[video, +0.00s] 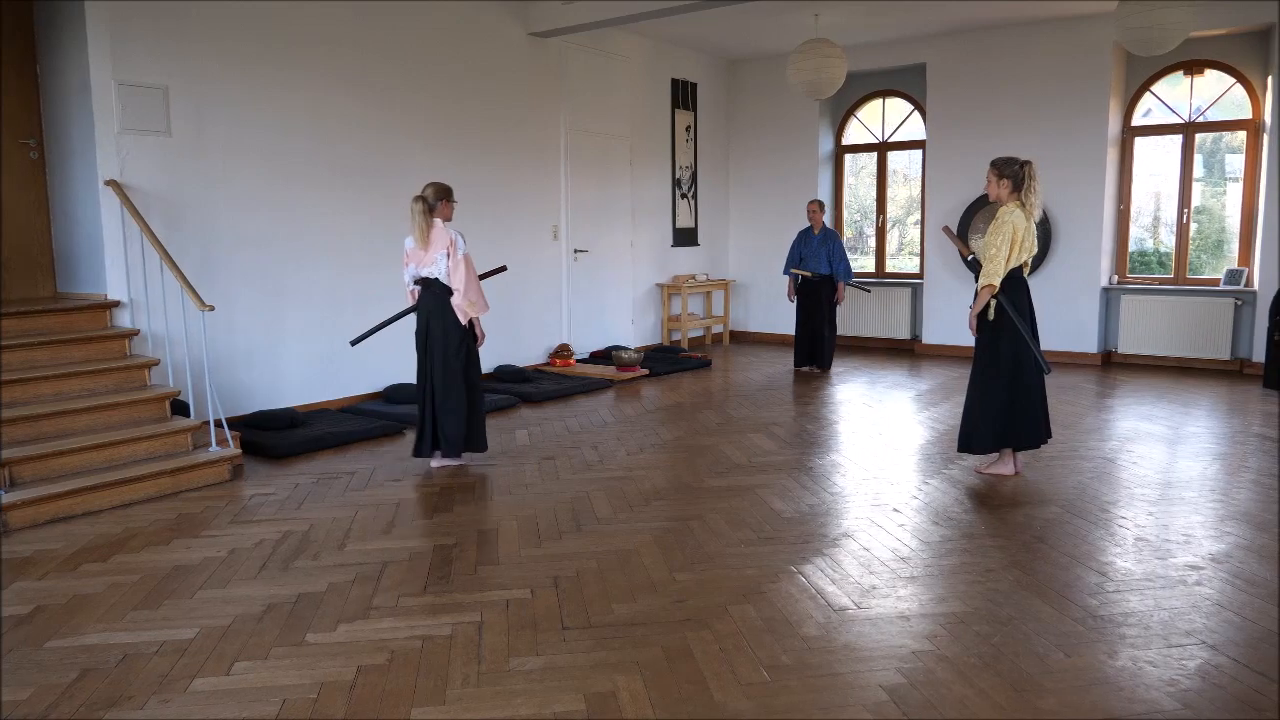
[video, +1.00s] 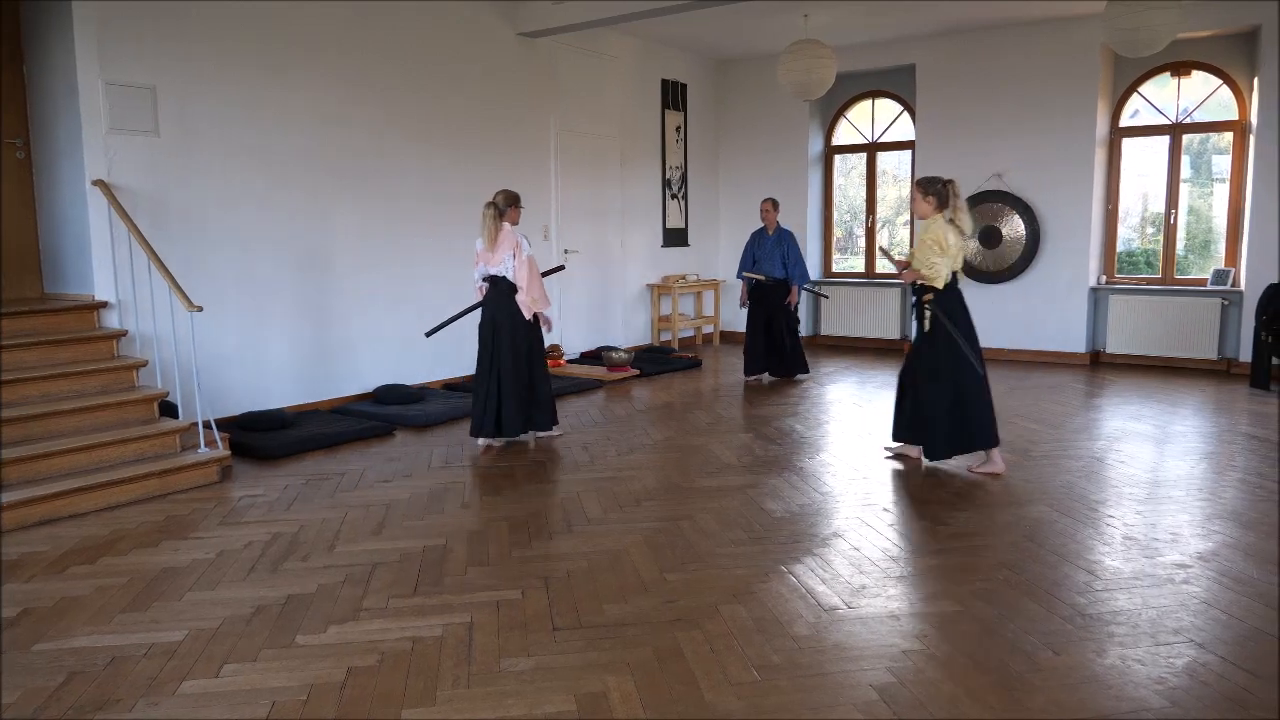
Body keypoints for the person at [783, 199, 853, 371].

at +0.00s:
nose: (810, 215)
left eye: (814, 212)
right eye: (808, 212)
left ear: (822, 213)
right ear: (806, 214)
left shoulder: (832, 236)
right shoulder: (802, 235)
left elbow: (840, 263)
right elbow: (793, 261)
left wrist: (841, 289)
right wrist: (791, 284)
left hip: (825, 283)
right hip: (805, 283)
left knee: (824, 324)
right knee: (805, 323)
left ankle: (823, 363)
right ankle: (805, 362)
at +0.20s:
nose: (802, 215)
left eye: (805, 212)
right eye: (800, 212)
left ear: (814, 213)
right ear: (798, 214)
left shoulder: (824, 236)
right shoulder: (794, 236)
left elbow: (832, 263)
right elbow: (785, 261)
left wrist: (834, 288)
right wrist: (783, 285)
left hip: (818, 284)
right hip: (798, 283)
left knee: (814, 324)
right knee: (797, 323)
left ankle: (805, 364)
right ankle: (795, 362)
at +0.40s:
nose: (794, 215)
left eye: (797, 212)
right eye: (792, 212)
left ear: (807, 213)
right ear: (790, 214)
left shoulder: (817, 236)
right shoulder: (786, 236)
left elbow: (825, 264)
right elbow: (777, 262)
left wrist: (826, 288)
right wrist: (775, 286)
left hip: (810, 284)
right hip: (790, 283)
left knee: (806, 324)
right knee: (788, 324)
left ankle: (803, 365)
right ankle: (786, 364)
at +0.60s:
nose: (786, 214)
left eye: (790, 211)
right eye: (785, 211)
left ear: (799, 213)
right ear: (783, 213)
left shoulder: (809, 236)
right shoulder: (778, 236)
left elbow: (817, 264)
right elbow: (770, 262)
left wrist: (817, 288)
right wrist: (767, 286)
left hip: (802, 285)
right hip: (781, 284)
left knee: (800, 326)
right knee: (779, 325)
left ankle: (797, 367)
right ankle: (780, 366)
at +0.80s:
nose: (777, 215)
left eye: (780, 211)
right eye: (775, 212)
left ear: (789, 213)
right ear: (773, 214)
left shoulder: (799, 236)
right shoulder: (769, 236)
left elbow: (808, 265)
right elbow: (760, 264)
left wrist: (806, 291)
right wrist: (757, 288)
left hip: (792, 287)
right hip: (771, 286)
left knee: (793, 328)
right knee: (765, 326)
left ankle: (794, 369)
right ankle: (761, 368)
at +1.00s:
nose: (763, 214)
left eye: (767, 211)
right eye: (762, 211)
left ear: (776, 213)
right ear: (760, 213)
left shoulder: (786, 236)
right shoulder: (755, 236)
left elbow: (796, 265)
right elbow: (747, 264)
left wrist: (794, 291)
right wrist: (744, 289)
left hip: (780, 287)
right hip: (758, 287)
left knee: (781, 329)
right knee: (756, 329)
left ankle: (786, 370)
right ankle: (756, 371)